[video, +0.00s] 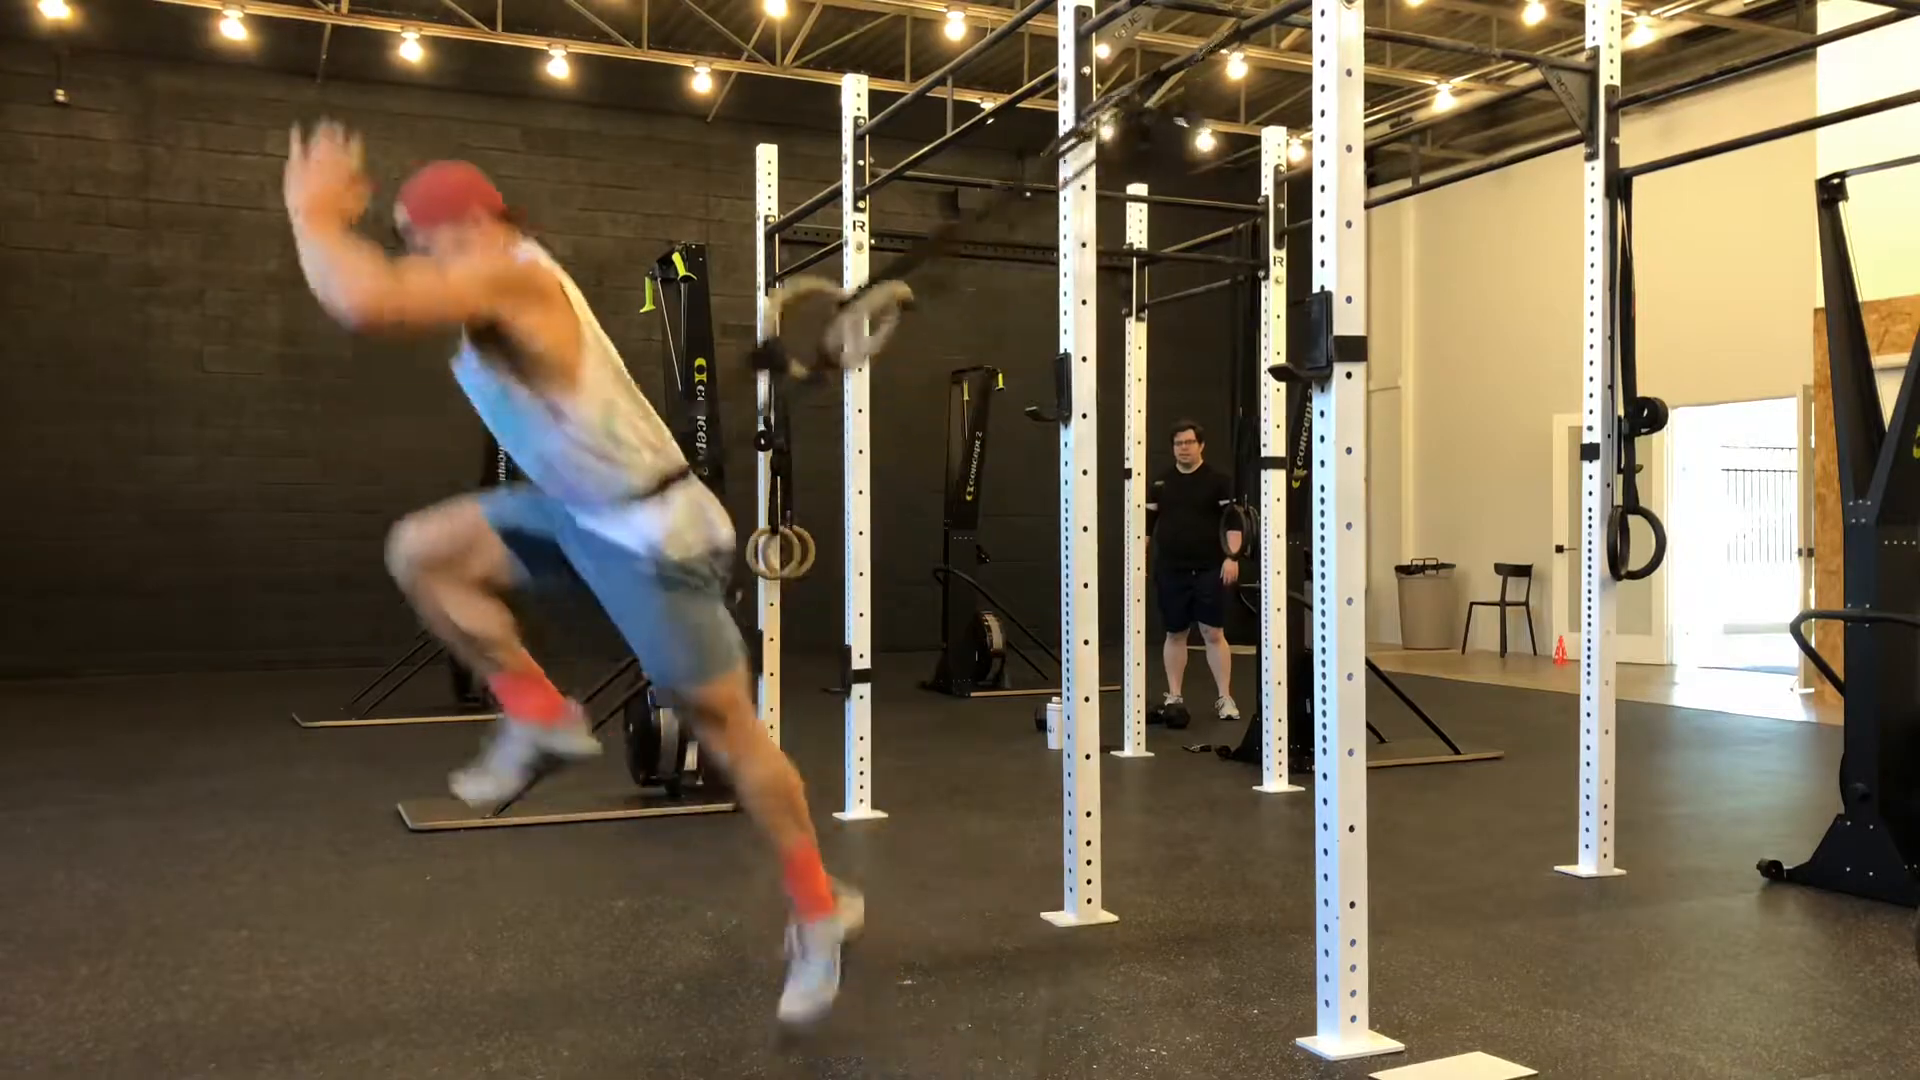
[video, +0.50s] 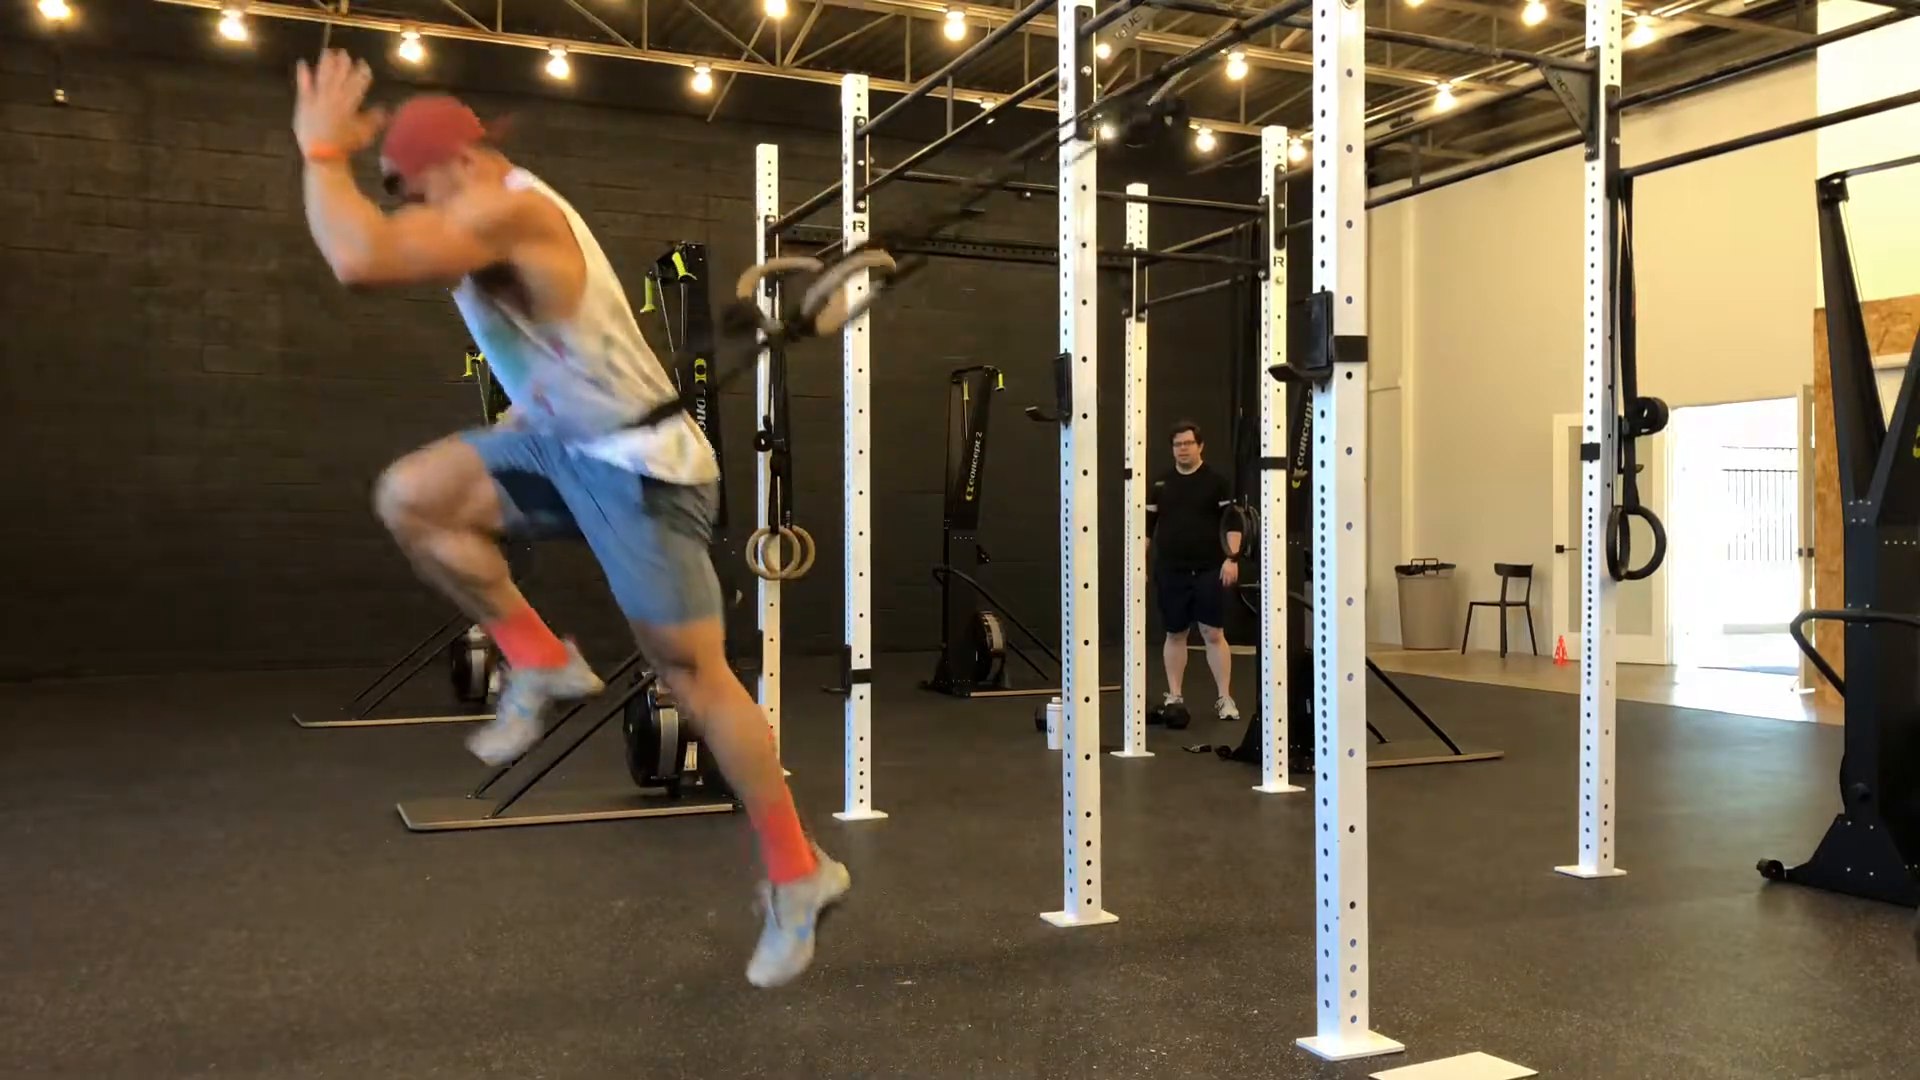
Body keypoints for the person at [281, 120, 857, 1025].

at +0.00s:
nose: (426, 258)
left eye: (431, 241)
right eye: (420, 245)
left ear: (475, 227)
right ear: (451, 234)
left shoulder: (517, 277)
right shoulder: (481, 279)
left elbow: (365, 297)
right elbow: (375, 297)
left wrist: (314, 213)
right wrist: (327, 223)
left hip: (651, 529)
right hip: (570, 508)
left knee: (731, 730)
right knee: (421, 549)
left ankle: (818, 909)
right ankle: (540, 716)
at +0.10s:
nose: (372, 153)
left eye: (376, 135)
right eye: (365, 140)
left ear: (419, 115)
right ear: (414, 117)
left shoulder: (468, 159)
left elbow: (303, 178)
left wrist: (267, 82)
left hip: (590, 429)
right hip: (519, 412)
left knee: (669, 637)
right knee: (360, 447)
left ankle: (779, 813)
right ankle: (459, 633)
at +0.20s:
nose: (349, 107)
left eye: (351, 88)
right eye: (343, 95)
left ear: (392, 68)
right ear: (402, 66)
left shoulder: (438, 113)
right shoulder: (429, 118)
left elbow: (284, 150)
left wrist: (240, 53)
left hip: (577, 387)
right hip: (507, 369)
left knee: (644, 602)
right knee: (342, 397)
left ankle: (748, 791)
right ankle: (434, 589)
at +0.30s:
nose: (350, 99)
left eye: (352, 81)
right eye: (343, 88)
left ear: (403, 58)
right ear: (402, 63)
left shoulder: (447, 102)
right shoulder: (426, 110)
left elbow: (288, 149)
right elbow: (307, 143)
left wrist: (239, 49)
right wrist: (262, 57)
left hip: (575, 371)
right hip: (503, 353)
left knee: (639, 589)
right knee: (341, 379)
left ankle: (740, 781)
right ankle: (435, 569)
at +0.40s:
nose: (379, 142)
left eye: (381, 124)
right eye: (372, 129)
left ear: (420, 98)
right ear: (420, 99)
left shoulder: (479, 143)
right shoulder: (447, 143)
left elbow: (318, 186)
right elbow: (334, 187)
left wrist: (279, 79)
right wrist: (289, 75)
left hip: (602, 402)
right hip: (523, 384)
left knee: (664, 623)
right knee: (368, 422)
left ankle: (770, 815)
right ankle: (481, 602)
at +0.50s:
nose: (422, 208)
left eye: (425, 190)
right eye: (412, 195)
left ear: (465, 162)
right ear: (439, 168)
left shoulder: (518, 212)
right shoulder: (476, 209)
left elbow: (360, 253)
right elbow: (374, 252)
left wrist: (320, 149)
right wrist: (326, 158)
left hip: (638, 458)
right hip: (555, 439)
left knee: (694, 674)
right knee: (411, 495)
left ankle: (799, 871)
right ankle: (542, 663)